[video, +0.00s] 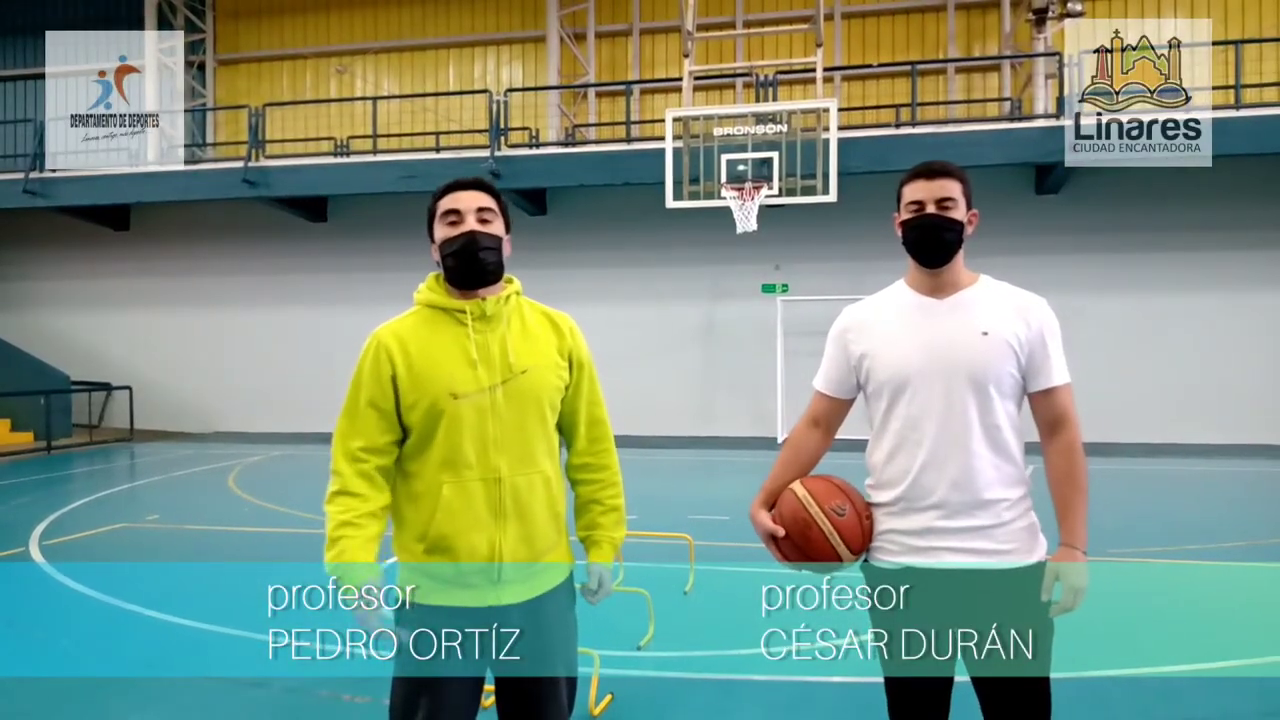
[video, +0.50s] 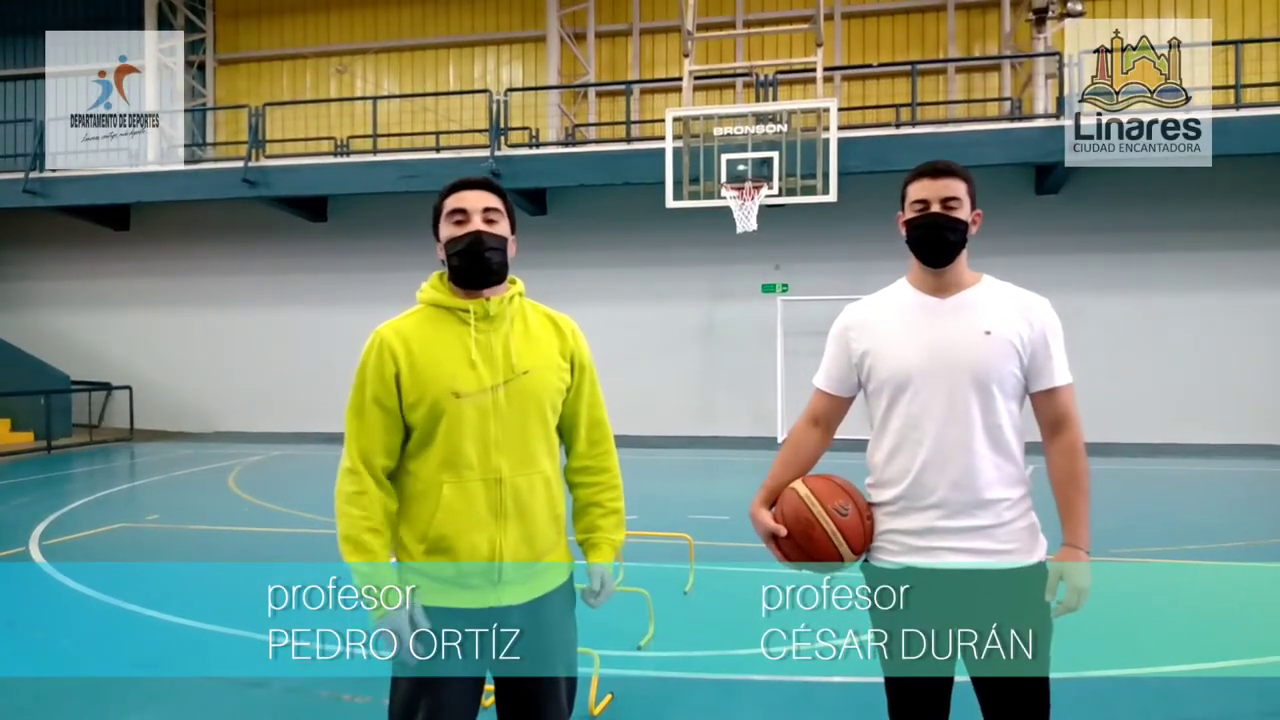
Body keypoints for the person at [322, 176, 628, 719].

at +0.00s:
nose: (471, 227)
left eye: (486, 217)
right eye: (453, 219)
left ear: (507, 241)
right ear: (434, 247)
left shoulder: (556, 334)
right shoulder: (394, 346)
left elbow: (592, 449)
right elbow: (360, 464)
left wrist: (602, 545)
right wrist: (352, 567)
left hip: (541, 586)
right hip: (439, 590)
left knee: (546, 711)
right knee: (430, 714)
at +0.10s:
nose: (468, 227)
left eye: (482, 217)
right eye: (449, 219)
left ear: (505, 241)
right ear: (431, 247)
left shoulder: (555, 333)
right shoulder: (392, 347)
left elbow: (592, 448)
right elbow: (360, 472)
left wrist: (602, 544)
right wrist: (357, 584)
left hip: (541, 588)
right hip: (438, 592)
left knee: (547, 711)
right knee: (430, 714)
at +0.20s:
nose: (467, 228)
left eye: (481, 217)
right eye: (448, 220)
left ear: (504, 241)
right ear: (430, 248)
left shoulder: (554, 334)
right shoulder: (391, 348)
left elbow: (592, 447)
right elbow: (366, 477)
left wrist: (603, 543)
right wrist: (365, 596)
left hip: (541, 588)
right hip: (437, 593)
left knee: (547, 711)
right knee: (431, 714)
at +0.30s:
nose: (468, 228)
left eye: (482, 217)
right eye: (450, 220)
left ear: (505, 242)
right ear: (431, 248)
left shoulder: (555, 334)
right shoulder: (392, 348)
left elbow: (591, 446)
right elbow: (370, 479)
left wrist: (603, 542)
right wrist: (376, 598)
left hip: (541, 589)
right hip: (436, 594)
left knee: (546, 711)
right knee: (431, 714)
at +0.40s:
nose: (472, 227)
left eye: (487, 216)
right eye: (454, 219)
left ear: (509, 240)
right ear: (434, 246)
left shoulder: (556, 334)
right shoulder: (394, 346)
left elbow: (591, 448)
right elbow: (371, 478)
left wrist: (603, 543)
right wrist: (379, 596)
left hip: (541, 589)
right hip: (436, 593)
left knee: (547, 711)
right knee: (431, 714)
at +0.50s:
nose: (477, 227)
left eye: (492, 217)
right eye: (459, 218)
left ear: (513, 241)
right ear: (440, 244)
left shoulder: (558, 336)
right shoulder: (396, 344)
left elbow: (593, 454)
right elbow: (363, 474)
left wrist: (601, 550)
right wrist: (380, 589)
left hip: (541, 592)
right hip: (436, 596)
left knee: (548, 712)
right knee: (430, 715)